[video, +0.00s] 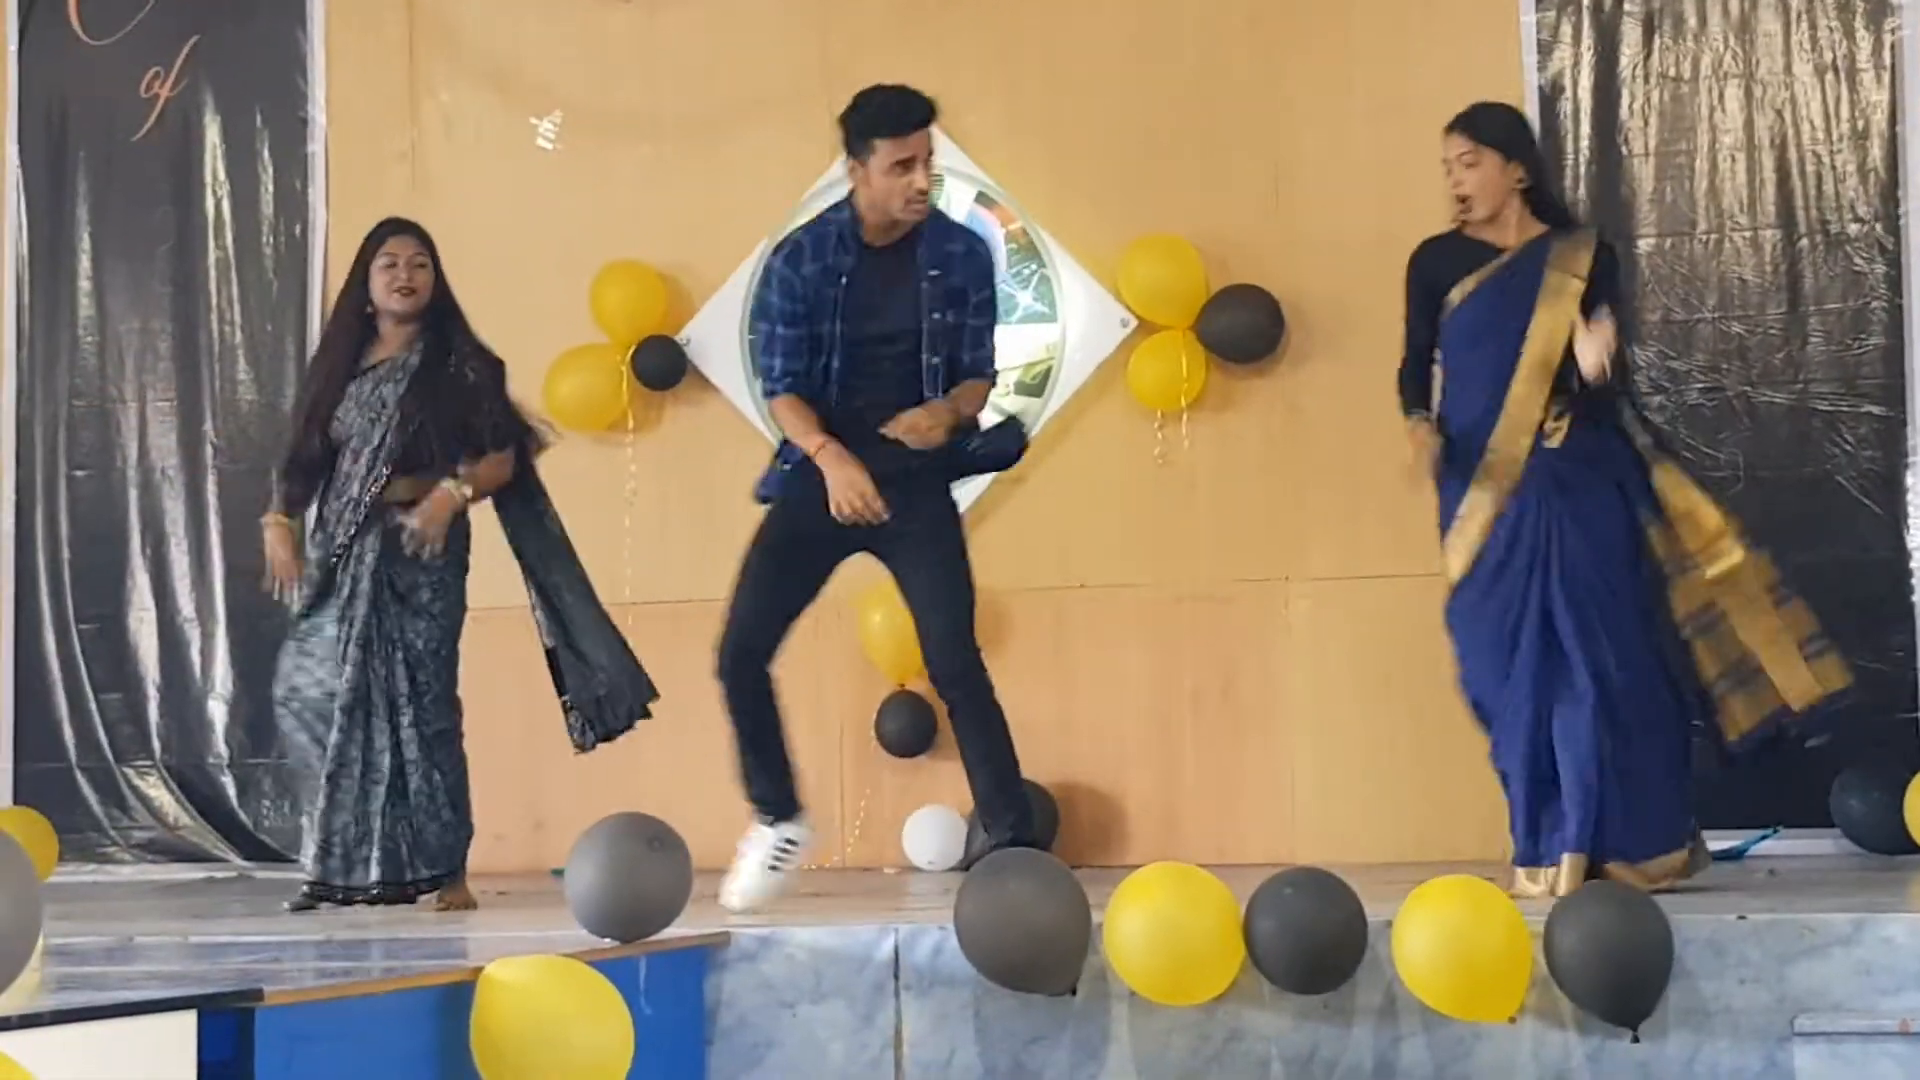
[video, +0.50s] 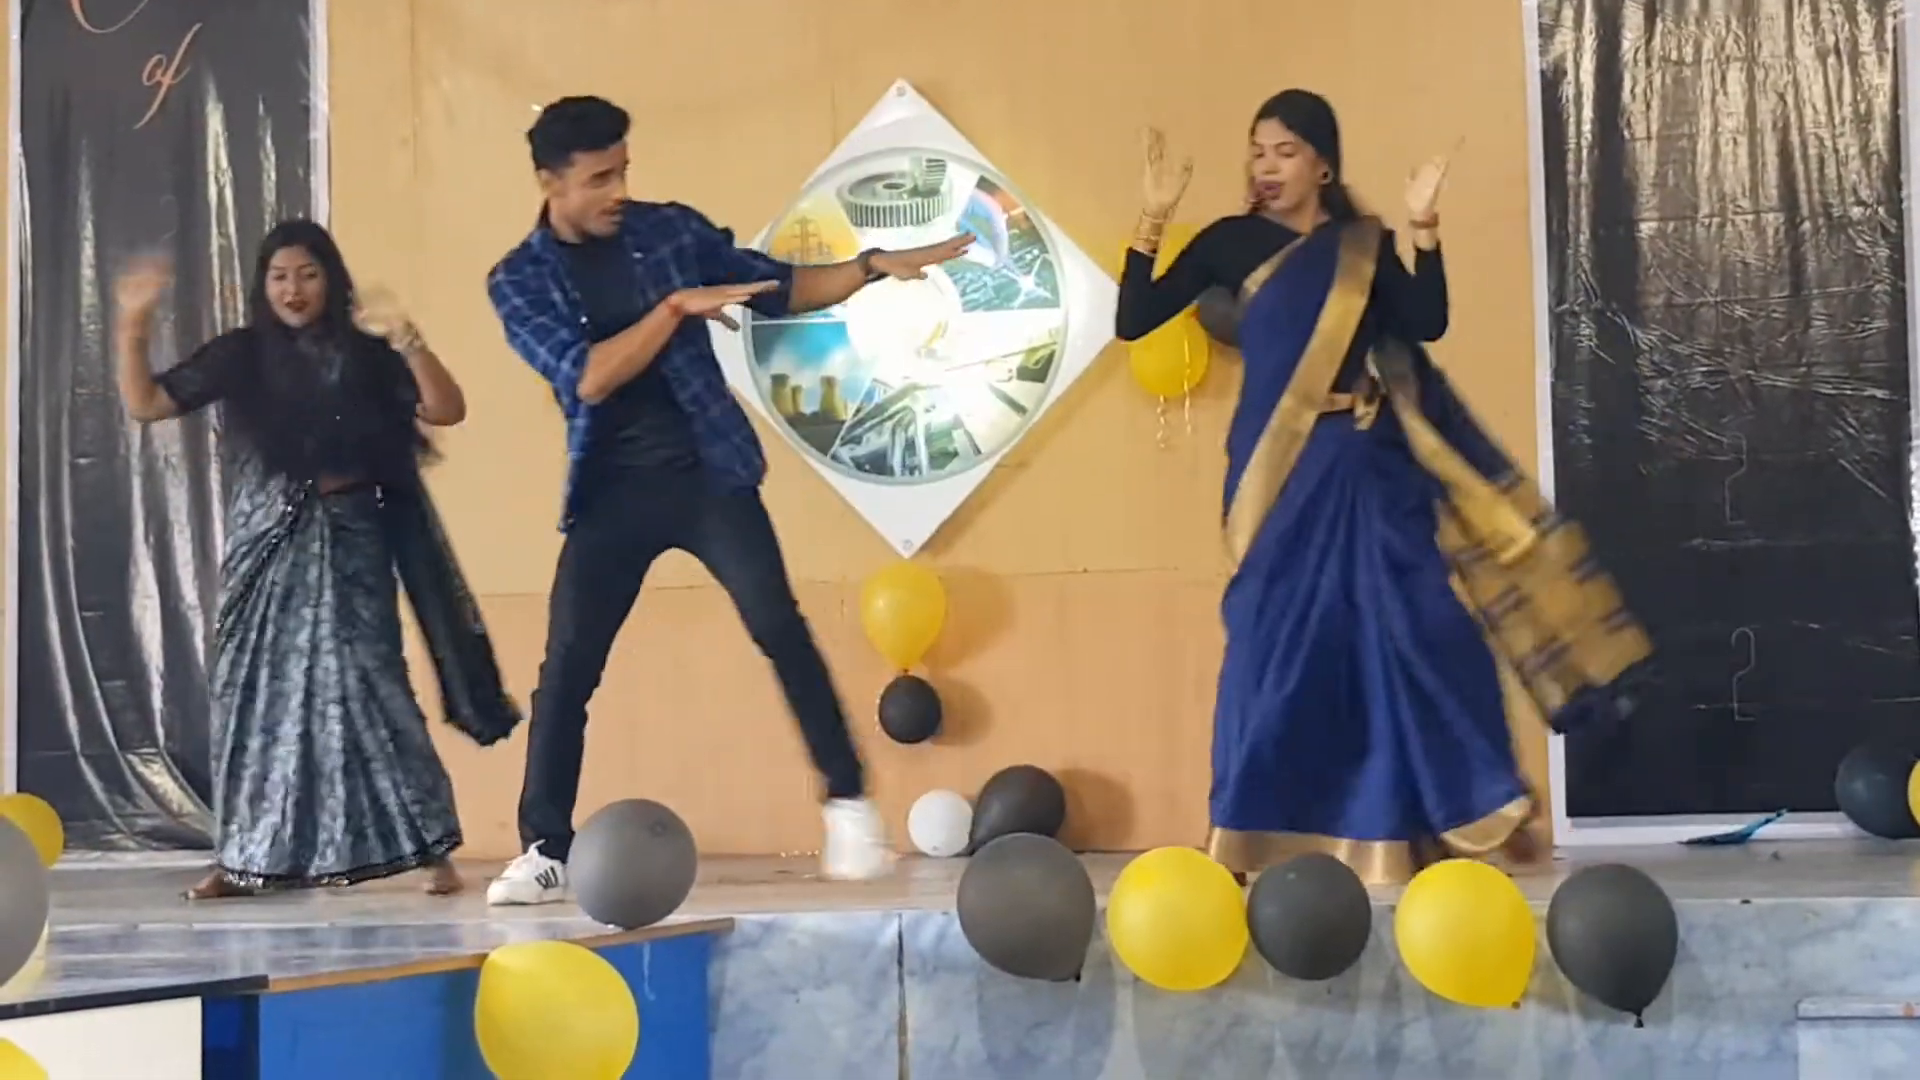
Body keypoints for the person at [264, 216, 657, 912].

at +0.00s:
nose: (405, 275)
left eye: (418, 265)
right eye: (390, 265)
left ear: (435, 280)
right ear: (366, 282)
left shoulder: (464, 365)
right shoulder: (338, 367)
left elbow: (508, 457)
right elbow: (303, 458)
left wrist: (452, 493)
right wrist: (277, 522)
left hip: (422, 551)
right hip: (342, 551)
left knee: (422, 703)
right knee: (322, 692)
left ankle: (443, 869)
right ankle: (350, 864)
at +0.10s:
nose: (392, 273)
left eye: (406, 262)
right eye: (378, 263)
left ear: (428, 274)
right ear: (359, 278)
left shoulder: (462, 359)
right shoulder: (335, 358)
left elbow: (498, 440)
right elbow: (308, 443)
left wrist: (495, 457)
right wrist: (268, 477)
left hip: (422, 544)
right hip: (341, 542)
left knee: (421, 698)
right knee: (281, 676)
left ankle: (444, 870)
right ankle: (306, 837)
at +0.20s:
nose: (374, 265)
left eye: (389, 251)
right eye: (359, 254)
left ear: (414, 261)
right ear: (343, 268)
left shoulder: (454, 344)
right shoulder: (323, 347)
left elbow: (498, 437)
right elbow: (269, 442)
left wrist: (520, 399)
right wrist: (201, 405)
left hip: (413, 533)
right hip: (329, 531)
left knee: (419, 686)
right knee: (283, 673)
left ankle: (451, 863)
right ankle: (263, 841)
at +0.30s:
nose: (348, 273)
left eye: (362, 259)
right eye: (334, 261)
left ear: (387, 265)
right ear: (317, 272)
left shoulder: (427, 340)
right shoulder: (298, 346)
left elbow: (480, 418)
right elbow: (229, 431)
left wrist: (503, 362)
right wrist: (198, 355)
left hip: (397, 526)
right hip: (311, 527)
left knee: (415, 684)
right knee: (279, 681)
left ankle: (453, 856)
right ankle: (239, 848)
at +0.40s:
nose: (320, 287)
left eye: (333, 273)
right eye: (306, 275)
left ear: (358, 277)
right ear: (288, 283)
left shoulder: (390, 347)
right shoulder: (270, 351)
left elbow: (461, 415)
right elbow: (183, 420)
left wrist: (447, 343)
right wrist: (186, 337)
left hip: (373, 535)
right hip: (290, 538)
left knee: (397, 688)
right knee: (275, 692)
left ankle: (450, 857)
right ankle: (240, 861)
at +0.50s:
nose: (293, 288)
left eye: (307, 274)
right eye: (279, 276)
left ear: (332, 281)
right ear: (262, 286)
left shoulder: (366, 354)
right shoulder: (244, 352)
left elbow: (449, 411)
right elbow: (146, 404)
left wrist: (411, 341)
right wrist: (133, 321)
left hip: (355, 537)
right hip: (270, 541)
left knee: (374, 687)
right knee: (257, 690)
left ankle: (431, 849)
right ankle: (247, 856)